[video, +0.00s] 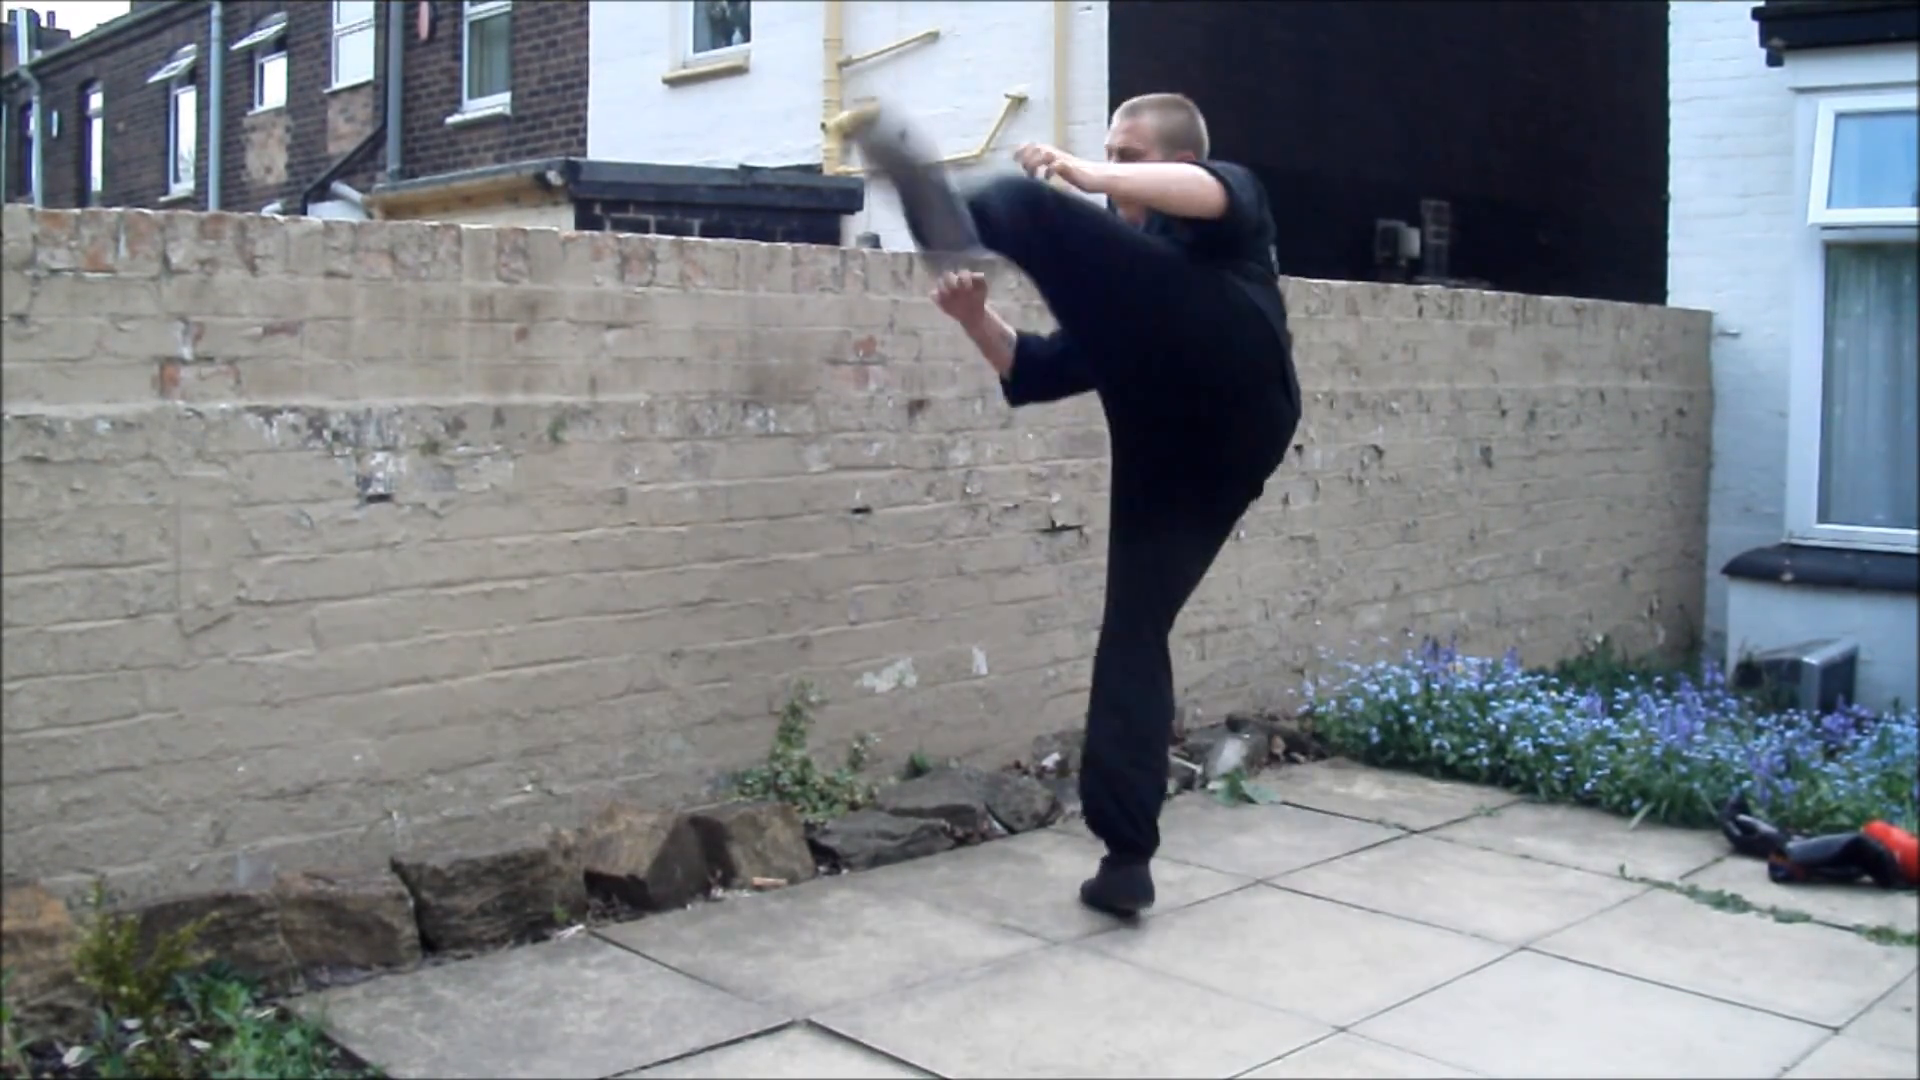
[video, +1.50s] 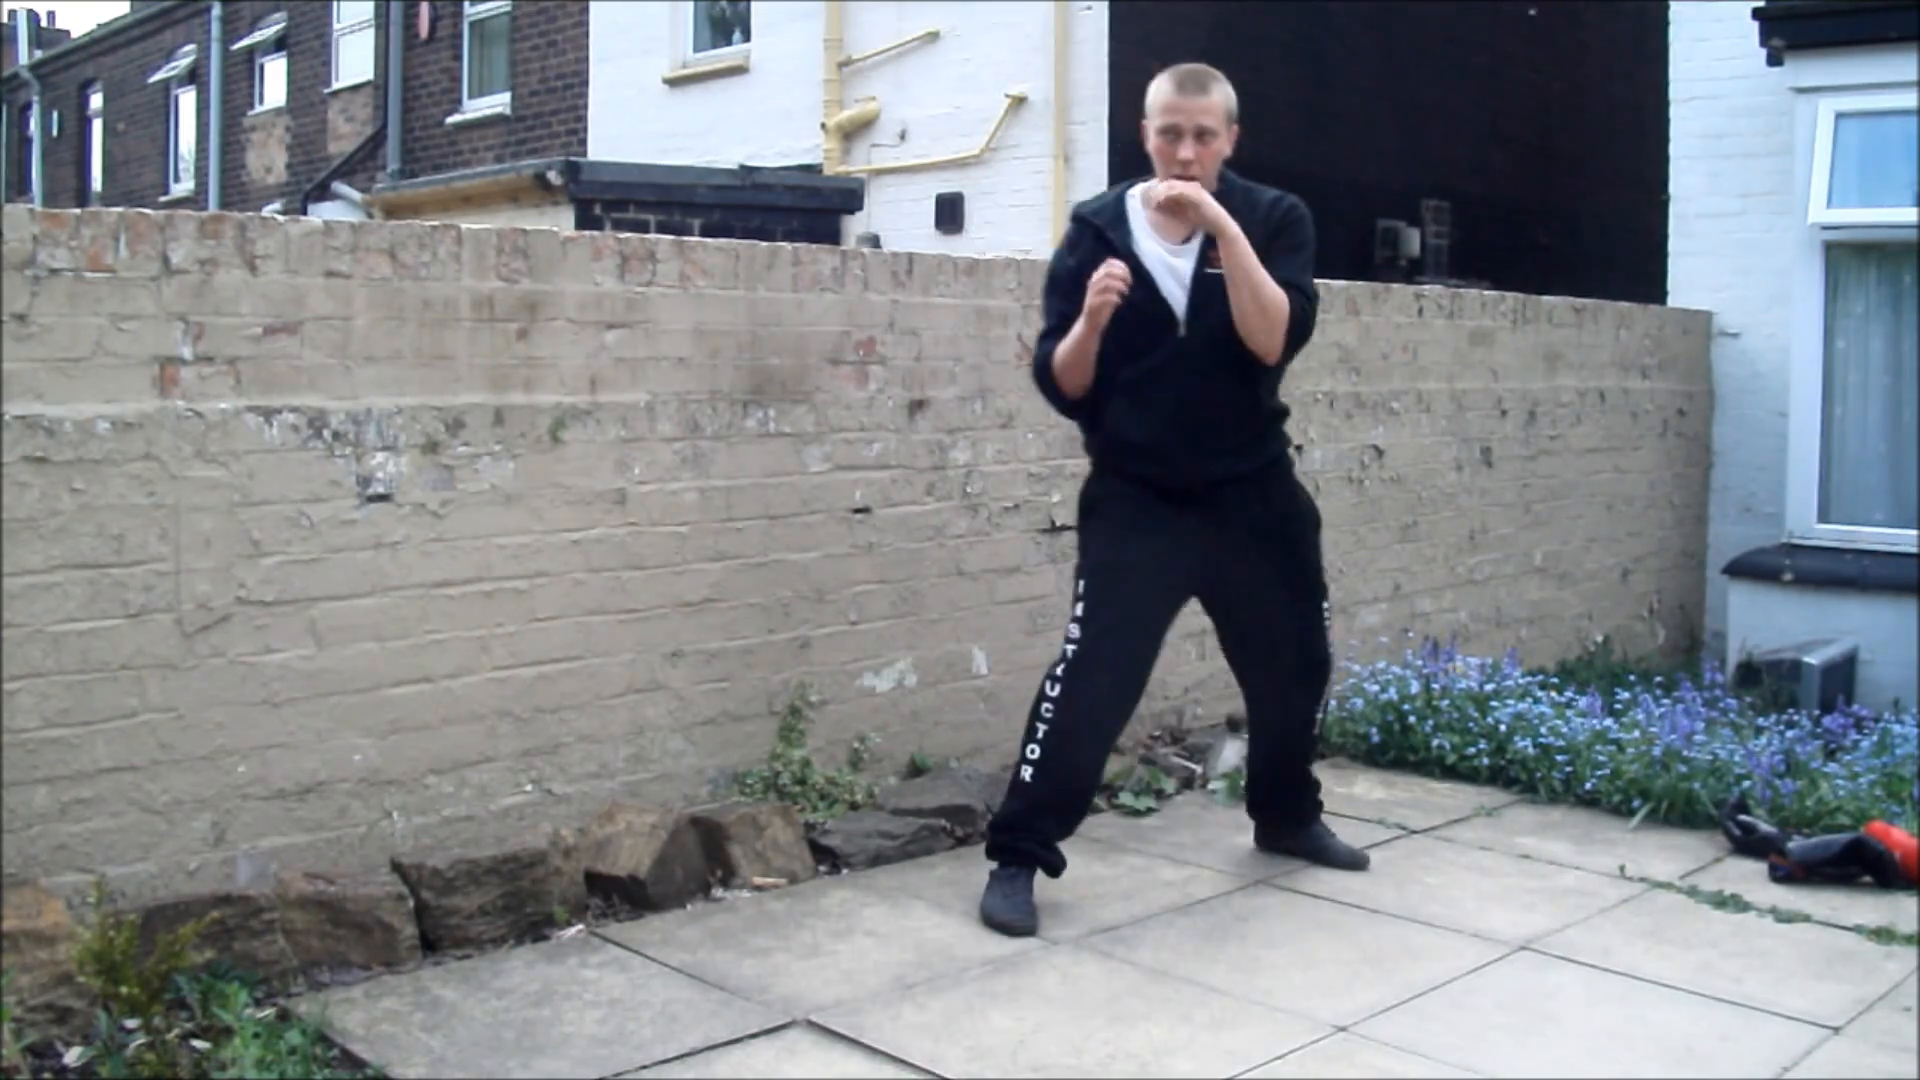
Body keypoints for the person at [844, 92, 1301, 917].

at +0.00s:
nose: (1110, 169)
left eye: (1128, 156)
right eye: (1109, 155)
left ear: (1182, 165)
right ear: (1117, 164)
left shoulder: (1234, 201)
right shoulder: (1121, 282)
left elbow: (1213, 197)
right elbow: (1040, 370)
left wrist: (1092, 175)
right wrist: (975, 318)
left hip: (1237, 375)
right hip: (1179, 463)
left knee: (1043, 216)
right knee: (1134, 634)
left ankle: (963, 213)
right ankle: (1127, 859)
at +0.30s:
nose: (1099, 182)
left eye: (1107, 169)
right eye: (1102, 168)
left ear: (1143, 168)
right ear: (1190, 173)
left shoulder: (1146, 199)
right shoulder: (1259, 287)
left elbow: (1033, 212)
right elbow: (1304, 437)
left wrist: (931, 178)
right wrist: (1199, 480)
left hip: (1094, 383)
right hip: (1175, 464)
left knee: (887, 448)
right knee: (1098, 656)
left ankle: (956, 652)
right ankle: (1093, 879)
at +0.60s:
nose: (1183, 87)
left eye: (1171, 74)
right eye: (1180, 76)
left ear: (1092, 88)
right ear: (1172, 80)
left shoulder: (1035, 160)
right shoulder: (1201, 165)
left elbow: (1025, 271)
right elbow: (1221, 328)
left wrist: (1098, 315)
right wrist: (1155, 349)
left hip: (1013, 414)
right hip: (1128, 421)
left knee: (998, 642)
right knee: (1117, 659)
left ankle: (981, 855)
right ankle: (1100, 883)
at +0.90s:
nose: (1139, 48)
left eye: (1139, 33)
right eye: (1122, 31)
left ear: (1088, 43)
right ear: (1061, 40)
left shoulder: (1113, 140)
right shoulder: (1006, 135)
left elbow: (1217, 227)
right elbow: (1050, 252)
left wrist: (1170, 118)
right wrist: (1127, 150)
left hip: (1114, 415)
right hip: (1055, 412)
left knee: (1067, 629)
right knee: (1097, 632)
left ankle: (992, 811)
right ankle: (1023, 833)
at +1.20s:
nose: (1091, 67)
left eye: (1102, 48)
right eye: (1068, 54)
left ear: (1122, 58)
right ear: (1035, 71)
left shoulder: (1181, 157)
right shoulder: (997, 179)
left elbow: (1221, 308)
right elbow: (976, 335)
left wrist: (1155, 221)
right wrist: (1035, 272)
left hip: (1170, 457)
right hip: (1057, 462)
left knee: (1199, 630)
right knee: (1030, 668)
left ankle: (1114, 793)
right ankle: (996, 857)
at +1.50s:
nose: (1186, 152)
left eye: (1204, 136)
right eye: (1171, 135)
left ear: (1233, 140)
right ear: (1144, 135)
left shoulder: (1275, 220)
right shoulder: (1098, 228)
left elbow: (1274, 341)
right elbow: (1061, 385)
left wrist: (1224, 228)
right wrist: (1089, 325)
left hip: (1252, 496)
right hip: (1134, 497)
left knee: (1294, 665)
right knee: (1096, 673)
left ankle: (1287, 819)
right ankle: (1016, 860)